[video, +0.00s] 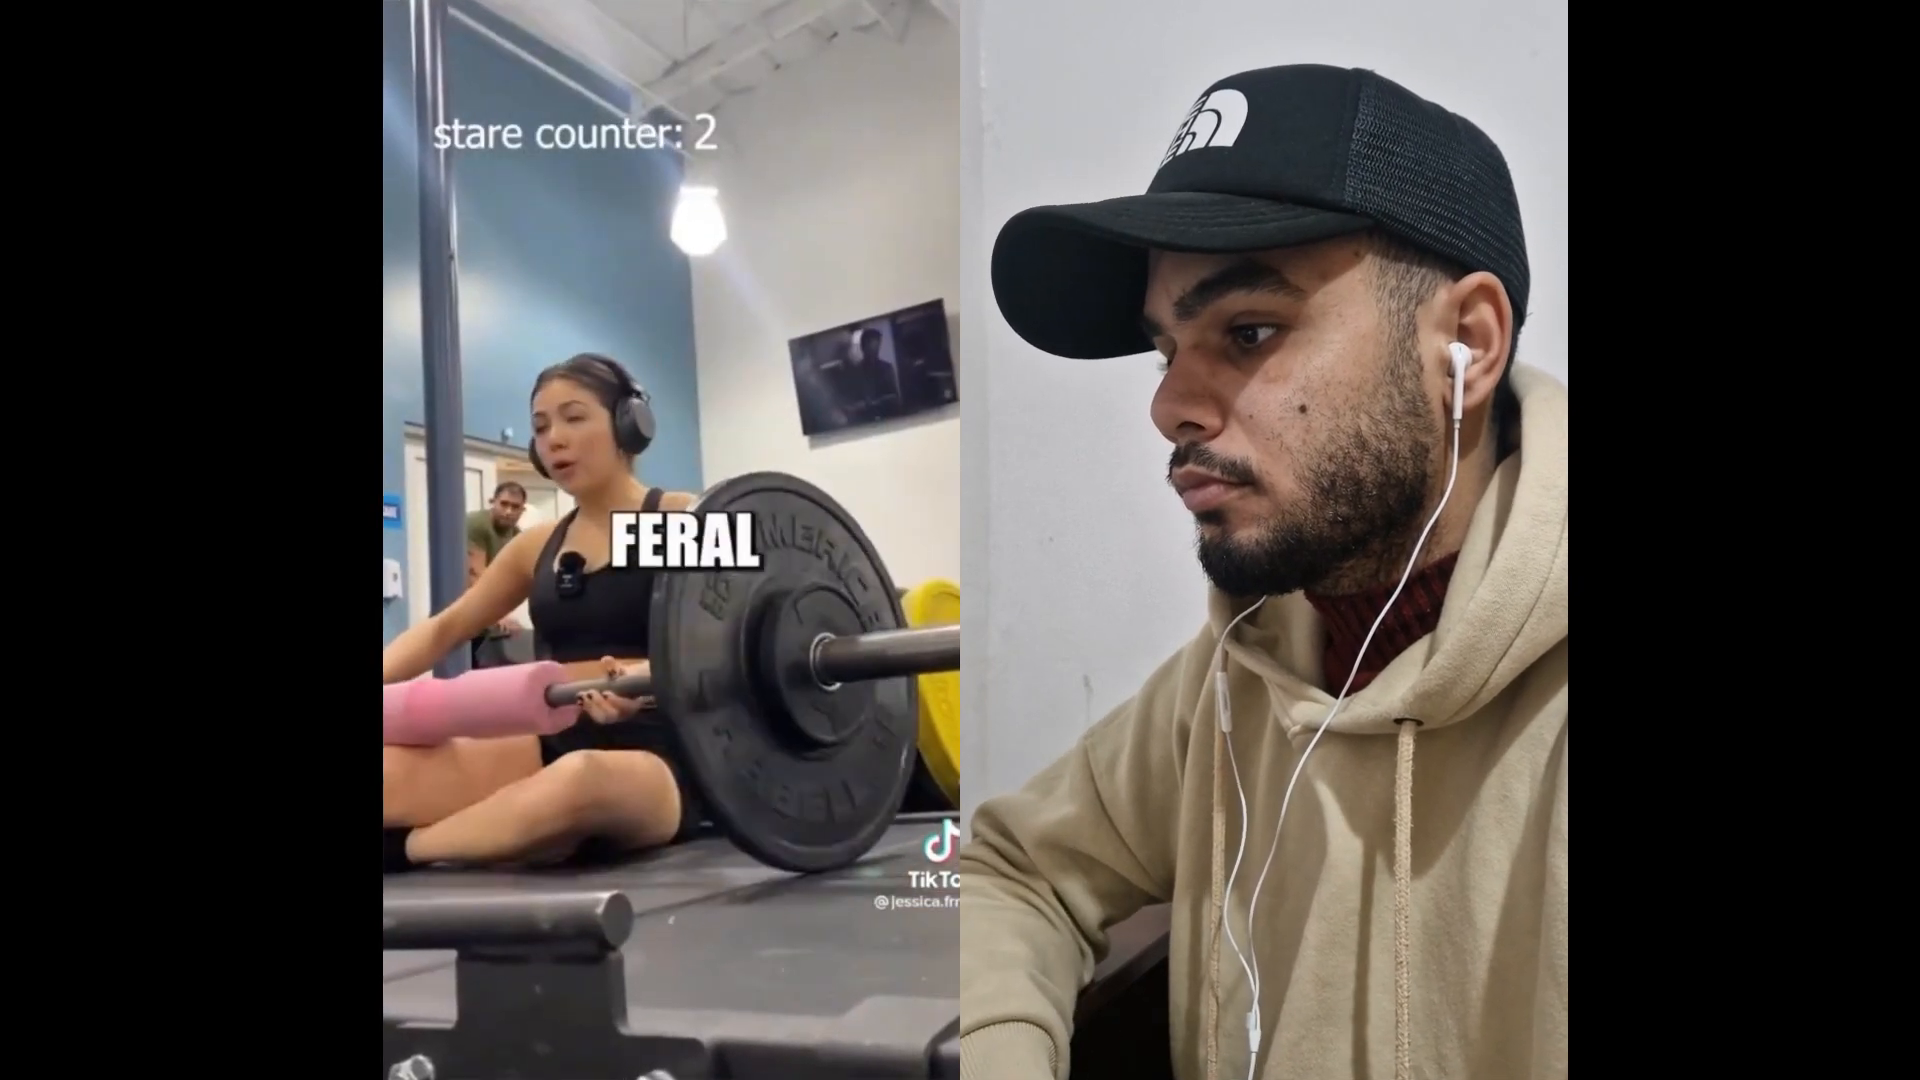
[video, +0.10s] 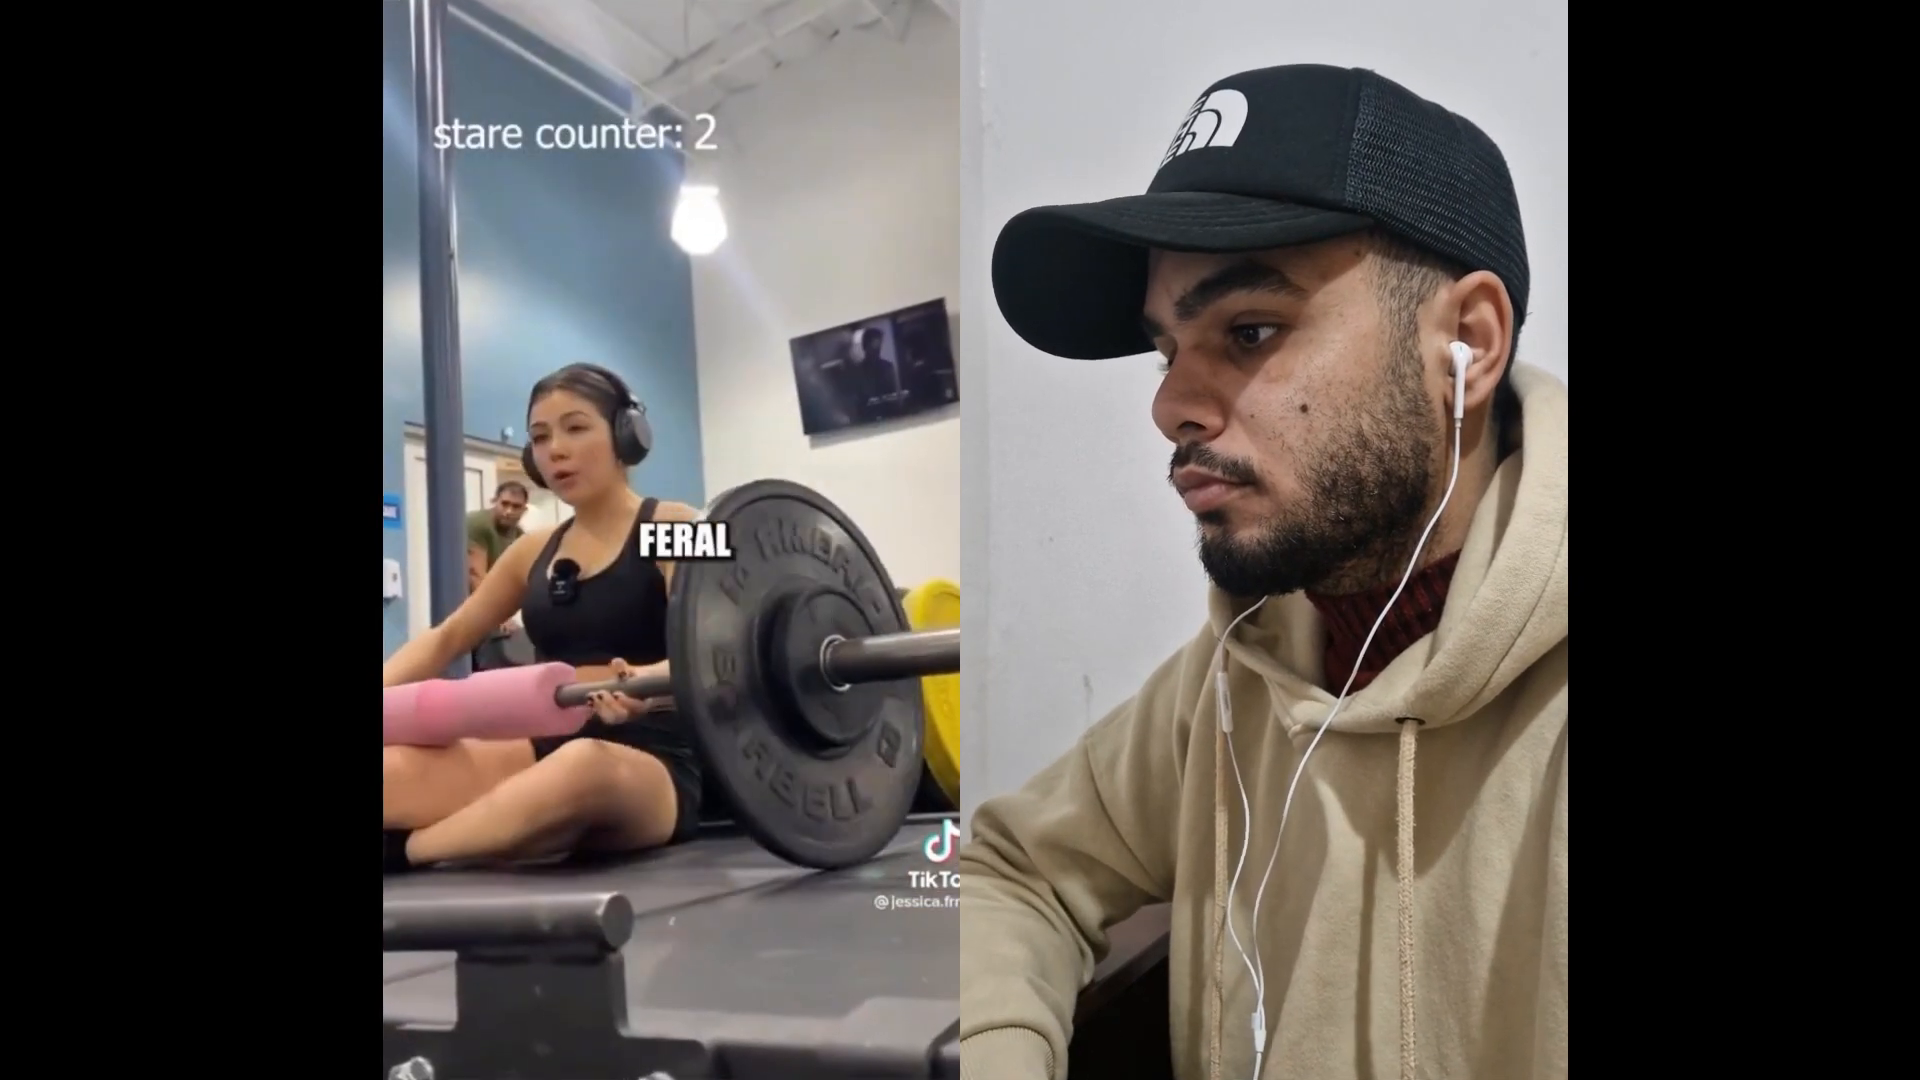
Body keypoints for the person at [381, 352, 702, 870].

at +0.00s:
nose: (553, 440)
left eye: (574, 418)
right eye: (542, 426)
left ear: (628, 423)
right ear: (535, 444)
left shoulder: (679, 517)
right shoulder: (536, 546)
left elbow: (724, 641)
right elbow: (443, 630)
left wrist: (646, 683)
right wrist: (383, 680)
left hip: (666, 753)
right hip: (555, 747)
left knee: (579, 780)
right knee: (390, 769)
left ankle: (401, 852)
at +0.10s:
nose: (556, 450)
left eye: (576, 428)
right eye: (541, 437)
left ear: (624, 433)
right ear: (532, 454)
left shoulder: (671, 525)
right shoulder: (534, 549)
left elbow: (716, 653)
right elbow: (447, 639)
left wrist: (642, 684)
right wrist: (384, 691)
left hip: (660, 761)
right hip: (546, 754)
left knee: (583, 765)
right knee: (392, 768)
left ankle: (403, 855)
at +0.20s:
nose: (556, 461)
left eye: (576, 440)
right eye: (541, 447)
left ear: (623, 446)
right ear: (531, 464)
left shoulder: (666, 539)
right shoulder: (530, 559)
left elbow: (699, 669)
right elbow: (451, 656)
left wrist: (651, 692)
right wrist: (387, 706)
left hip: (651, 771)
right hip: (536, 765)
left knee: (591, 752)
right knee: (393, 770)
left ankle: (407, 857)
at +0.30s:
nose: (560, 465)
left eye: (580, 444)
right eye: (545, 452)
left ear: (625, 450)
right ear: (535, 469)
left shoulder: (670, 544)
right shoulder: (531, 565)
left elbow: (709, 661)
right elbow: (461, 668)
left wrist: (671, 686)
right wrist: (394, 708)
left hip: (649, 772)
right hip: (532, 765)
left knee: (597, 748)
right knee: (394, 771)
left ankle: (406, 858)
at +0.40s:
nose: (569, 467)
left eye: (589, 446)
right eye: (554, 453)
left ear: (636, 454)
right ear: (545, 472)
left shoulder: (680, 549)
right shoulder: (540, 569)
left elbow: (721, 662)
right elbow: (478, 670)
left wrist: (689, 687)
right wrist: (406, 704)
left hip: (651, 773)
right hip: (534, 766)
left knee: (603, 755)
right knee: (390, 768)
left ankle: (408, 858)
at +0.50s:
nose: (582, 466)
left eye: (603, 447)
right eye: (569, 454)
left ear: (649, 458)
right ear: (559, 472)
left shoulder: (690, 552)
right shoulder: (546, 574)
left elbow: (738, 669)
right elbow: (490, 671)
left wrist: (706, 689)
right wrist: (413, 705)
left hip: (651, 786)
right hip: (534, 775)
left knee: (596, 745)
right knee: (391, 766)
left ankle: (411, 857)